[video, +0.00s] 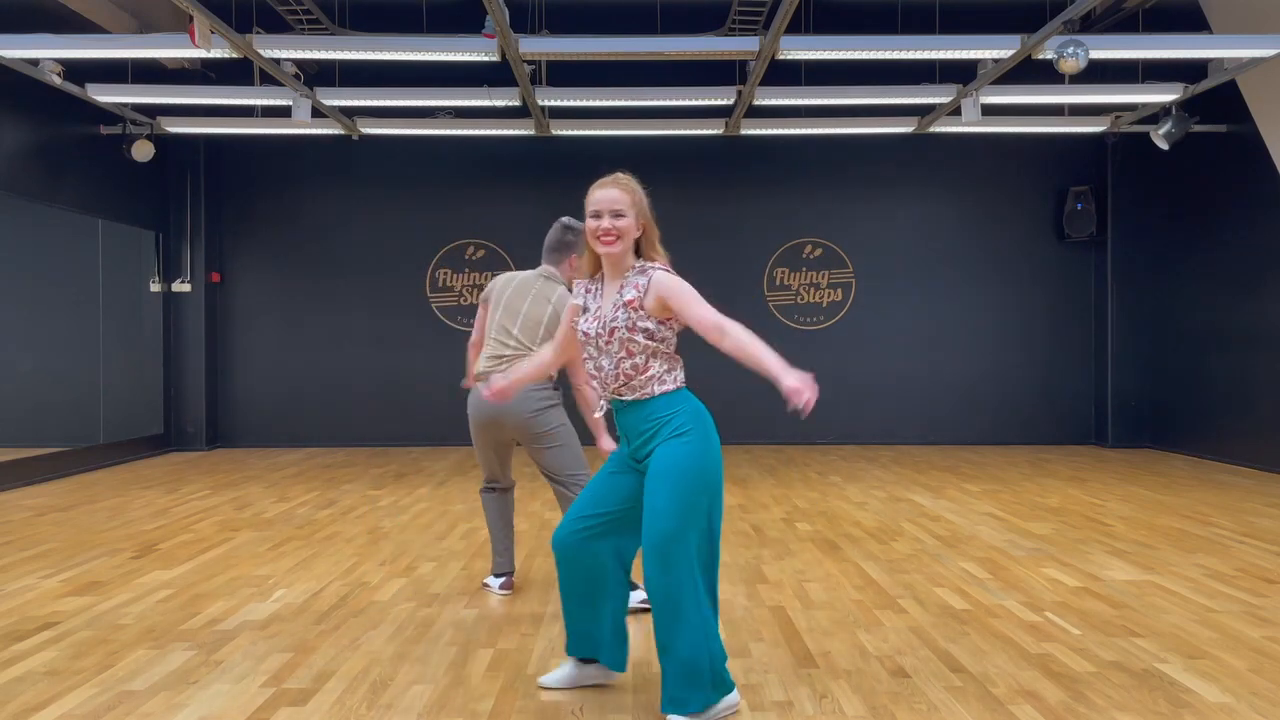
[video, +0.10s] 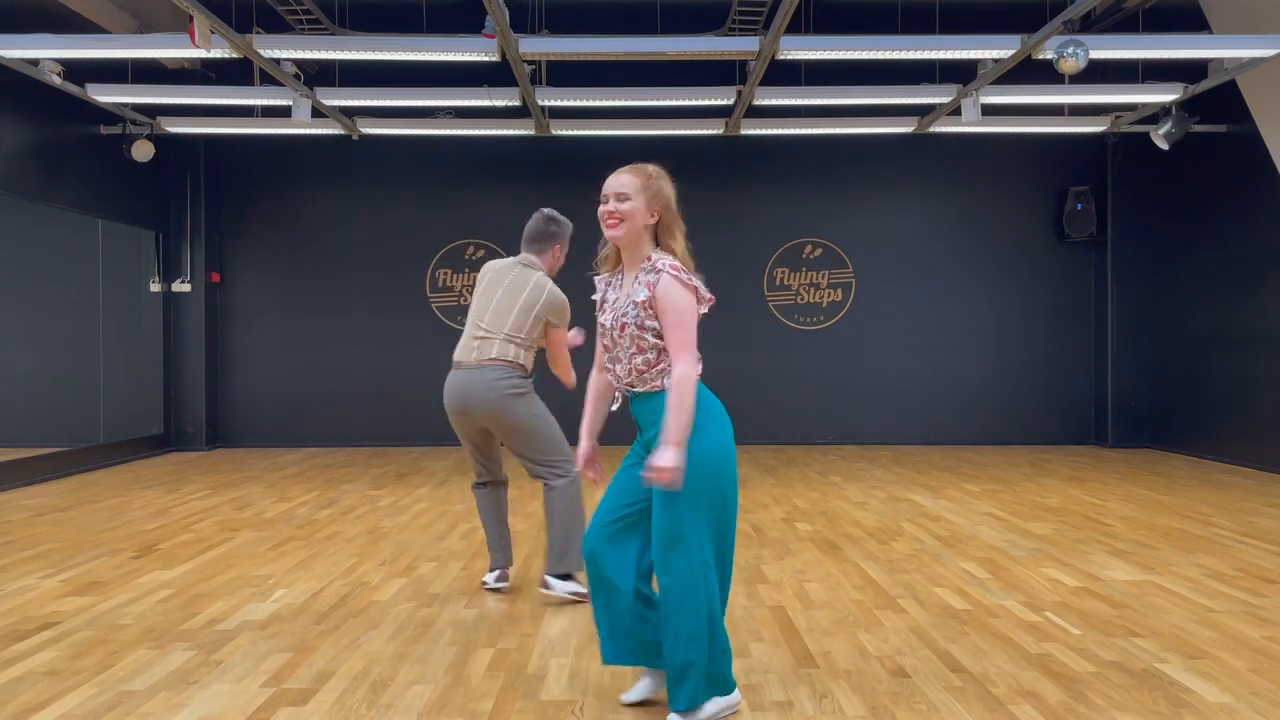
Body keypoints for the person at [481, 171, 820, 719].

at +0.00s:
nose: (606, 225)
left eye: (618, 215)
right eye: (596, 216)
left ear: (640, 223)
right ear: (585, 225)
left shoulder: (658, 283)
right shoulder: (582, 292)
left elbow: (721, 329)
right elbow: (557, 354)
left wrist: (783, 372)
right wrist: (512, 379)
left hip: (678, 429)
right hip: (632, 440)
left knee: (668, 551)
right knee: (575, 538)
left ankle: (708, 691)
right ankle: (595, 660)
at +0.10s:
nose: (607, 208)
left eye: (621, 199)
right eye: (604, 200)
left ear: (654, 212)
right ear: (602, 213)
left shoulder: (668, 279)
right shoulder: (610, 281)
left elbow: (686, 366)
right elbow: (605, 367)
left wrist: (673, 444)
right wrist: (588, 435)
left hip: (691, 424)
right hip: (654, 426)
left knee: (684, 556)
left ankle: (713, 687)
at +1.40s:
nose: (778, 239)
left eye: (773, 232)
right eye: (803, 230)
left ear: (771, 236)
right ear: (815, 234)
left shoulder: (761, 287)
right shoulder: (837, 280)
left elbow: (757, 357)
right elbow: (846, 323)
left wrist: (747, 361)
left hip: (800, 406)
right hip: (850, 397)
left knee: (795, 513)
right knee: (850, 509)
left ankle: (861, 557)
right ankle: (845, 612)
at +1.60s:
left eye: (774, 232)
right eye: (805, 231)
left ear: (766, 236)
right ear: (808, 236)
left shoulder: (748, 281)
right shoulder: (825, 276)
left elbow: (754, 332)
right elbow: (833, 317)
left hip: (771, 394)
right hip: (822, 393)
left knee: (770, 479)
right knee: (831, 494)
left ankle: (797, 520)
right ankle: (830, 602)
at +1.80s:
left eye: (745, 258)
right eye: (779, 257)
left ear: (744, 262)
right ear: (785, 260)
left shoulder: (730, 311)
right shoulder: (806, 306)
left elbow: (700, 366)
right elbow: (844, 356)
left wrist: (679, 393)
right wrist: (888, 393)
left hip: (736, 415)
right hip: (786, 415)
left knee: (707, 492)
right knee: (809, 508)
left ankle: (667, 563)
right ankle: (827, 604)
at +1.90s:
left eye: (730, 252)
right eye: (757, 250)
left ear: (722, 257)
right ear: (761, 255)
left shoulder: (703, 300)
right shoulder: (777, 297)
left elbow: (652, 317)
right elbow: (827, 305)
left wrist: (608, 316)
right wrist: (880, 295)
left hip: (701, 405)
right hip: (748, 408)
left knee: (673, 485)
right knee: (782, 501)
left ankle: (634, 556)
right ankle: (821, 593)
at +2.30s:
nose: (675, 271)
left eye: (674, 265)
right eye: (671, 265)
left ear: (644, 270)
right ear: (655, 268)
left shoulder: (621, 304)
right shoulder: (654, 309)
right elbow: (662, 371)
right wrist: (680, 416)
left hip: (617, 414)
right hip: (644, 416)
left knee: (604, 486)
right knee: (647, 495)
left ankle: (576, 556)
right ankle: (628, 564)